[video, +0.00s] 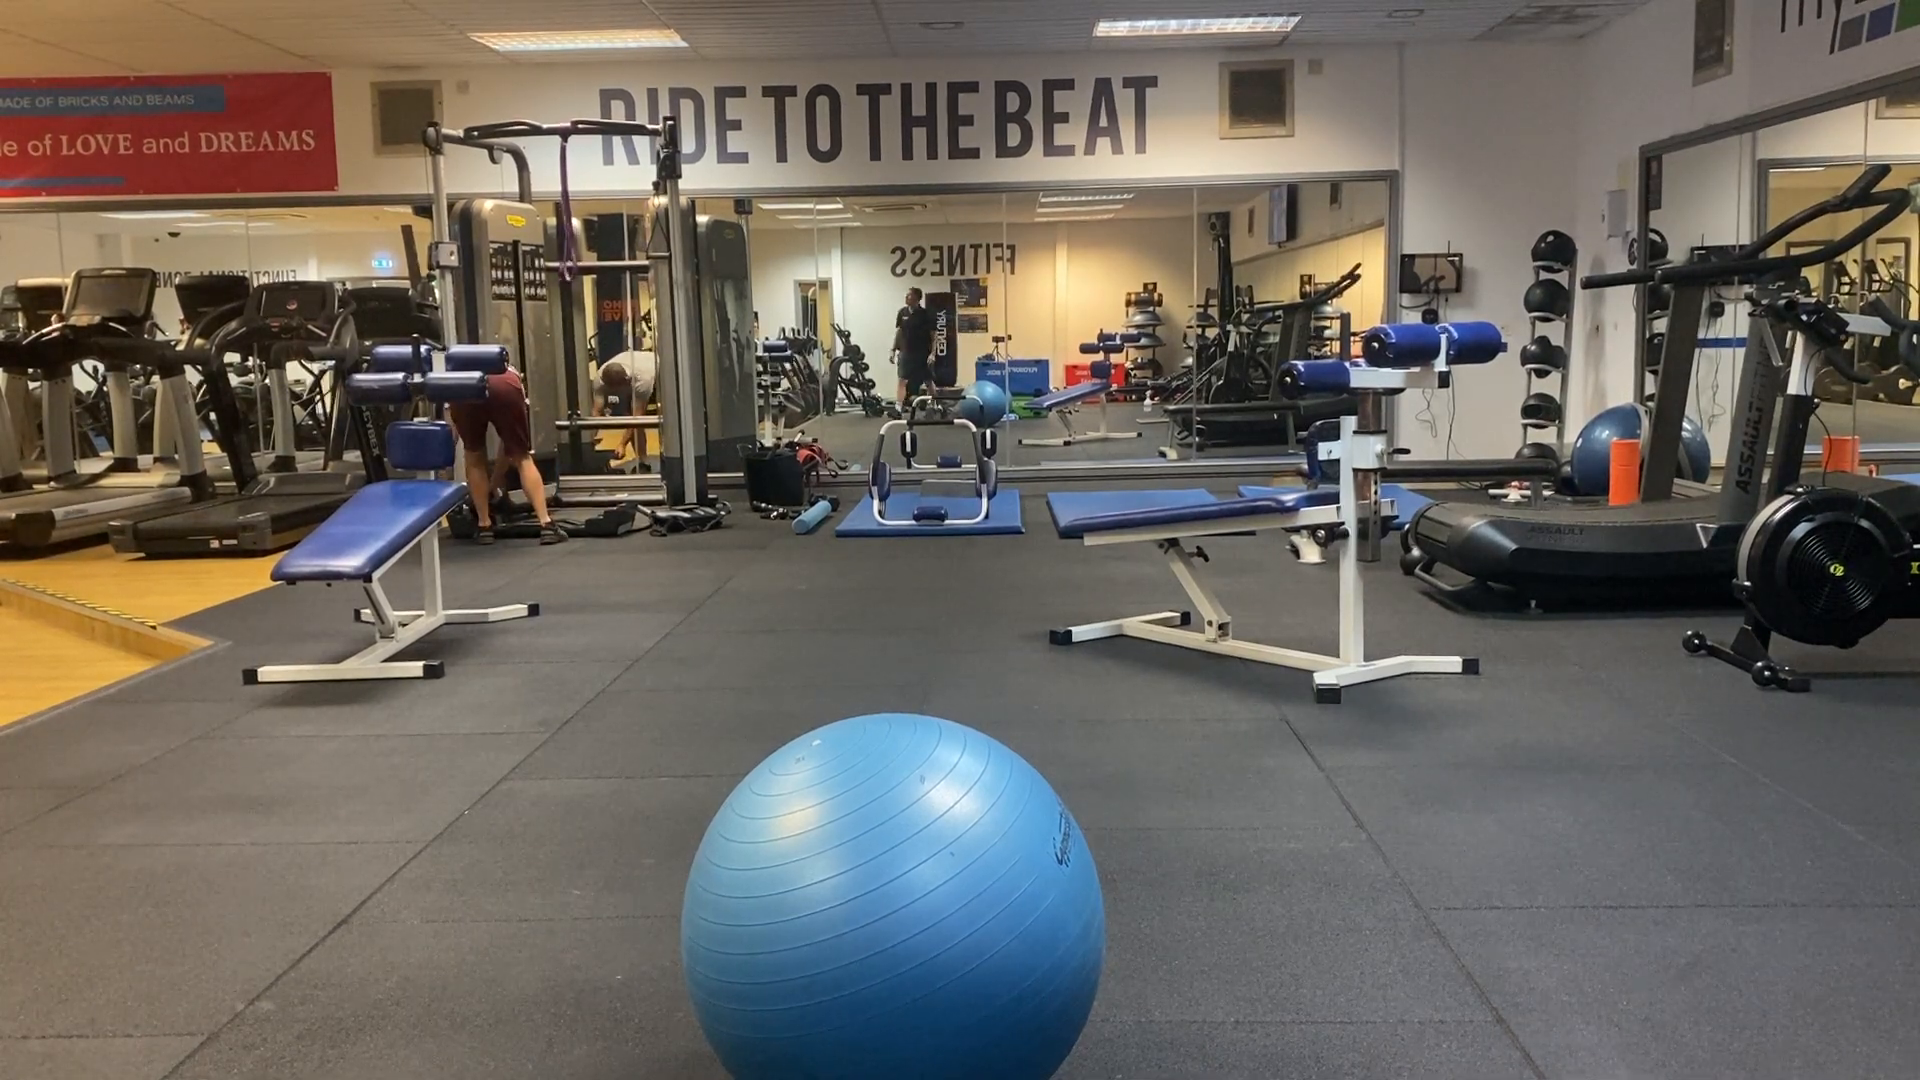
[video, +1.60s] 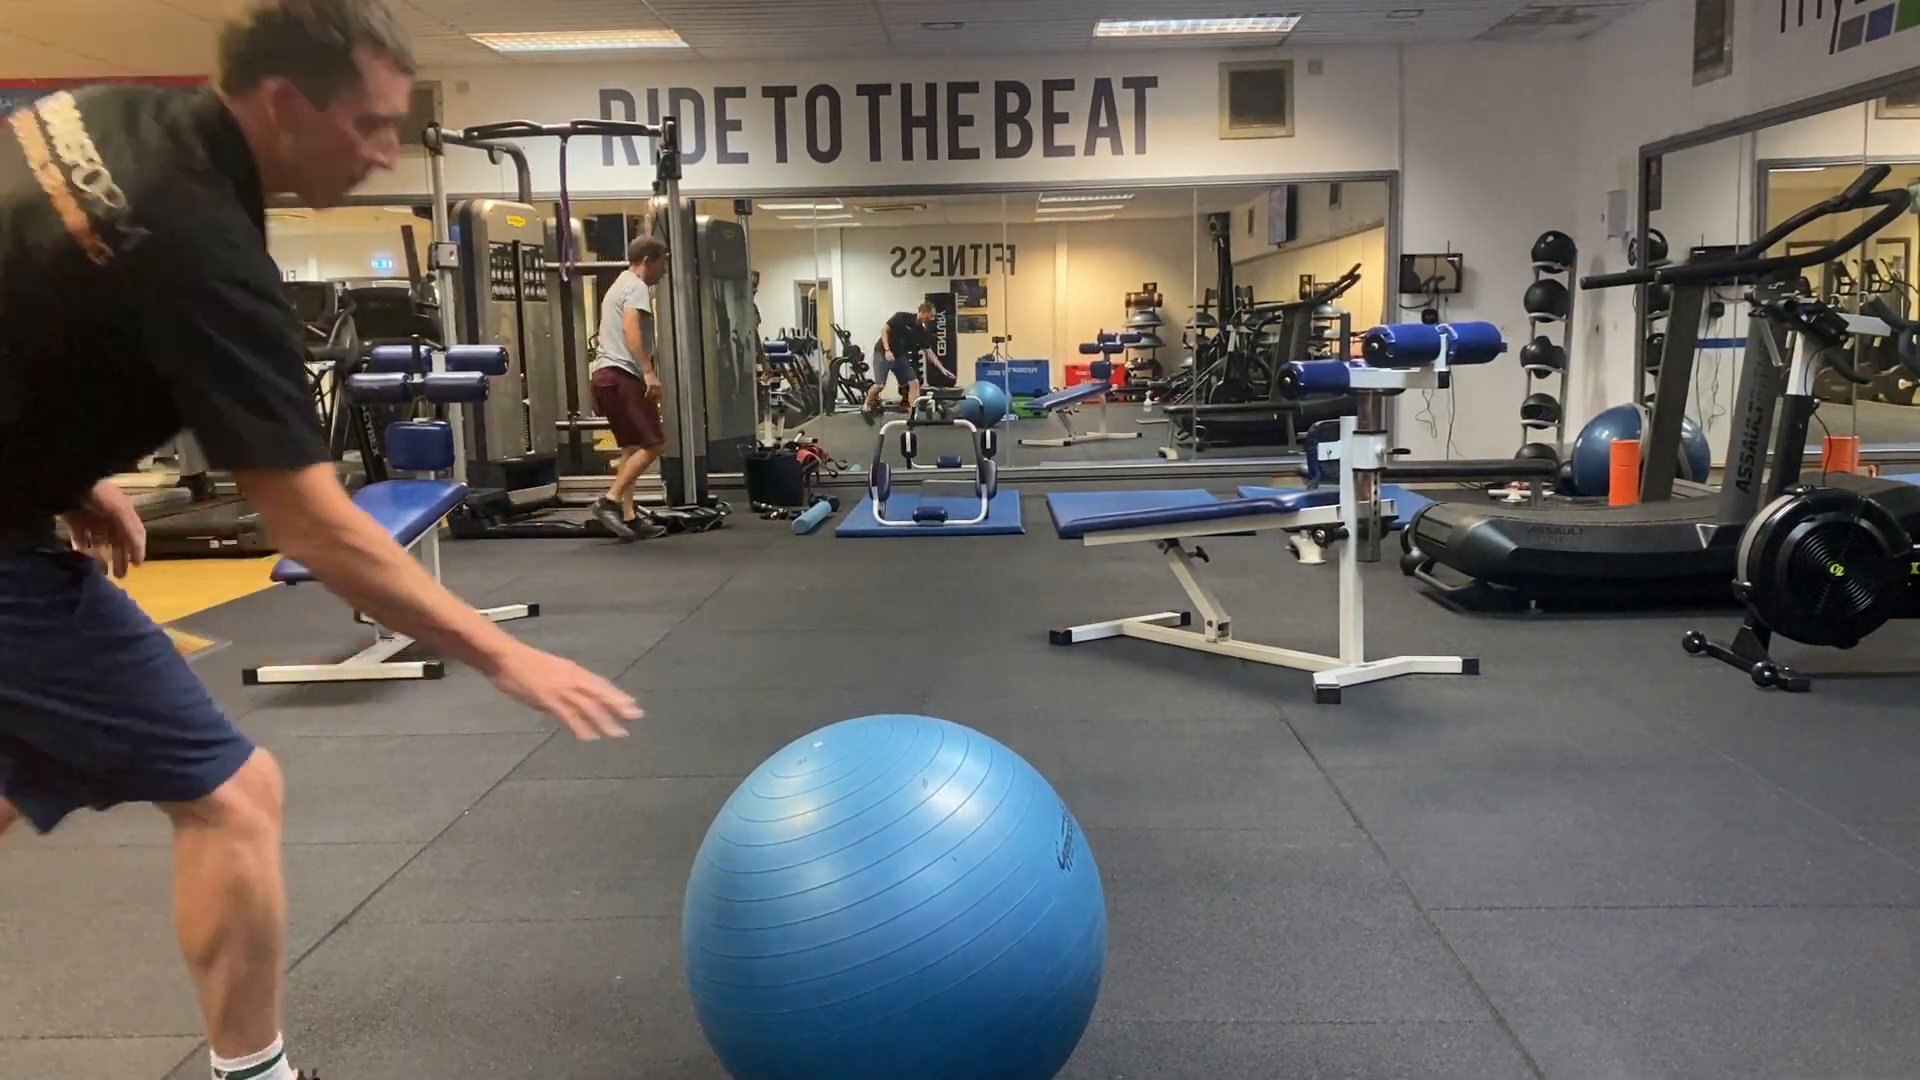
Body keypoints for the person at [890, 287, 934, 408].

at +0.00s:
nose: (906, 297)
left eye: (909, 295)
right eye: (906, 295)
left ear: (917, 298)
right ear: (907, 297)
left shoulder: (927, 313)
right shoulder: (902, 312)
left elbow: (933, 335)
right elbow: (899, 332)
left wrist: (933, 353)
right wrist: (893, 349)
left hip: (922, 353)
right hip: (905, 353)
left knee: (929, 382)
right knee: (902, 380)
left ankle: (935, 406)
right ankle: (899, 408)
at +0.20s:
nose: (895, 295)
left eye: (898, 293)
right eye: (895, 293)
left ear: (905, 296)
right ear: (895, 294)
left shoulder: (915, 312)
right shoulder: (889, 310)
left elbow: (922, 332)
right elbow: (884, 329)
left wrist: (925, 353)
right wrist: (878, 348)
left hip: (910, 352)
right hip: (893, 351)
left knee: (909, 381)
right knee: (893, 381)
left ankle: (916, 406)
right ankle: (895, 409)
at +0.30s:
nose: (894, 294)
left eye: (897, 292)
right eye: (893, 291)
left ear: (903, 294)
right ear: (890, 292)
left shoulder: (911, 310)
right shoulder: (884, 308)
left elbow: (917, 331)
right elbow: (878, 326)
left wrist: (919, 348)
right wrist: (873, 344)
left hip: (906, 348)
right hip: (890, 348)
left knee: (901, 377)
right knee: (892, 379)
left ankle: (904, 406)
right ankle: (894, 407)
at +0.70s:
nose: (894, 297)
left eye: (895, 294)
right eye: (892, 294)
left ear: (897, 296)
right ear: (885, 294)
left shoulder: (901, 313)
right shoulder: (874, 310)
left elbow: (905, 335)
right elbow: (867, 330)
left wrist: (905, 354)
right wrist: (863, 348)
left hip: (894, 351)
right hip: (877, 350)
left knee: (888, 382)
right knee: (872, 381)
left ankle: (883, 410)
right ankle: (879, 402)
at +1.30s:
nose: (906, 298)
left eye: (907, 296)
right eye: (904, 295)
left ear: (904, 296)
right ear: (895, 293)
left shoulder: (902, 313)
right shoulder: (880, 307)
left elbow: (903, 336)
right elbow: (870, 324)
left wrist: (908, 355)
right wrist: (871, 343)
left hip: (895, 350)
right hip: (878, 349)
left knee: (904, 380)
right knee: (876, 384)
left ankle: (892, 409)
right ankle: (875, 414)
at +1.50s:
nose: (922, 309)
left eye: (923, 306)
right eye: (921, 306)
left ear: (918, 305)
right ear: (913, 302)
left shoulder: (915, 324)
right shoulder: (894, 311)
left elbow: (917, 346)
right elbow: (880, 326)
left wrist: (926, 361)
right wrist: (884, 343)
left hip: (899, 353)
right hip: (881, 350)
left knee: (904, 383)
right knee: (877, 385)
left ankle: (910, 415)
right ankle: (875, 413)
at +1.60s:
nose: (927, 318)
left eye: (929, 316)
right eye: (926, 315)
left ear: (930, 316)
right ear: (920, 312)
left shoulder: (923, 332)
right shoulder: (901, 317)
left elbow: (929, 353)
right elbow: (884, 330)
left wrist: (943, 370)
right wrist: (887, 350)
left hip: (899, 355)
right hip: (883, 351)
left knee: (913, 384)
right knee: (879, 385)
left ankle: (913, 417)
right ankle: (866, 406)